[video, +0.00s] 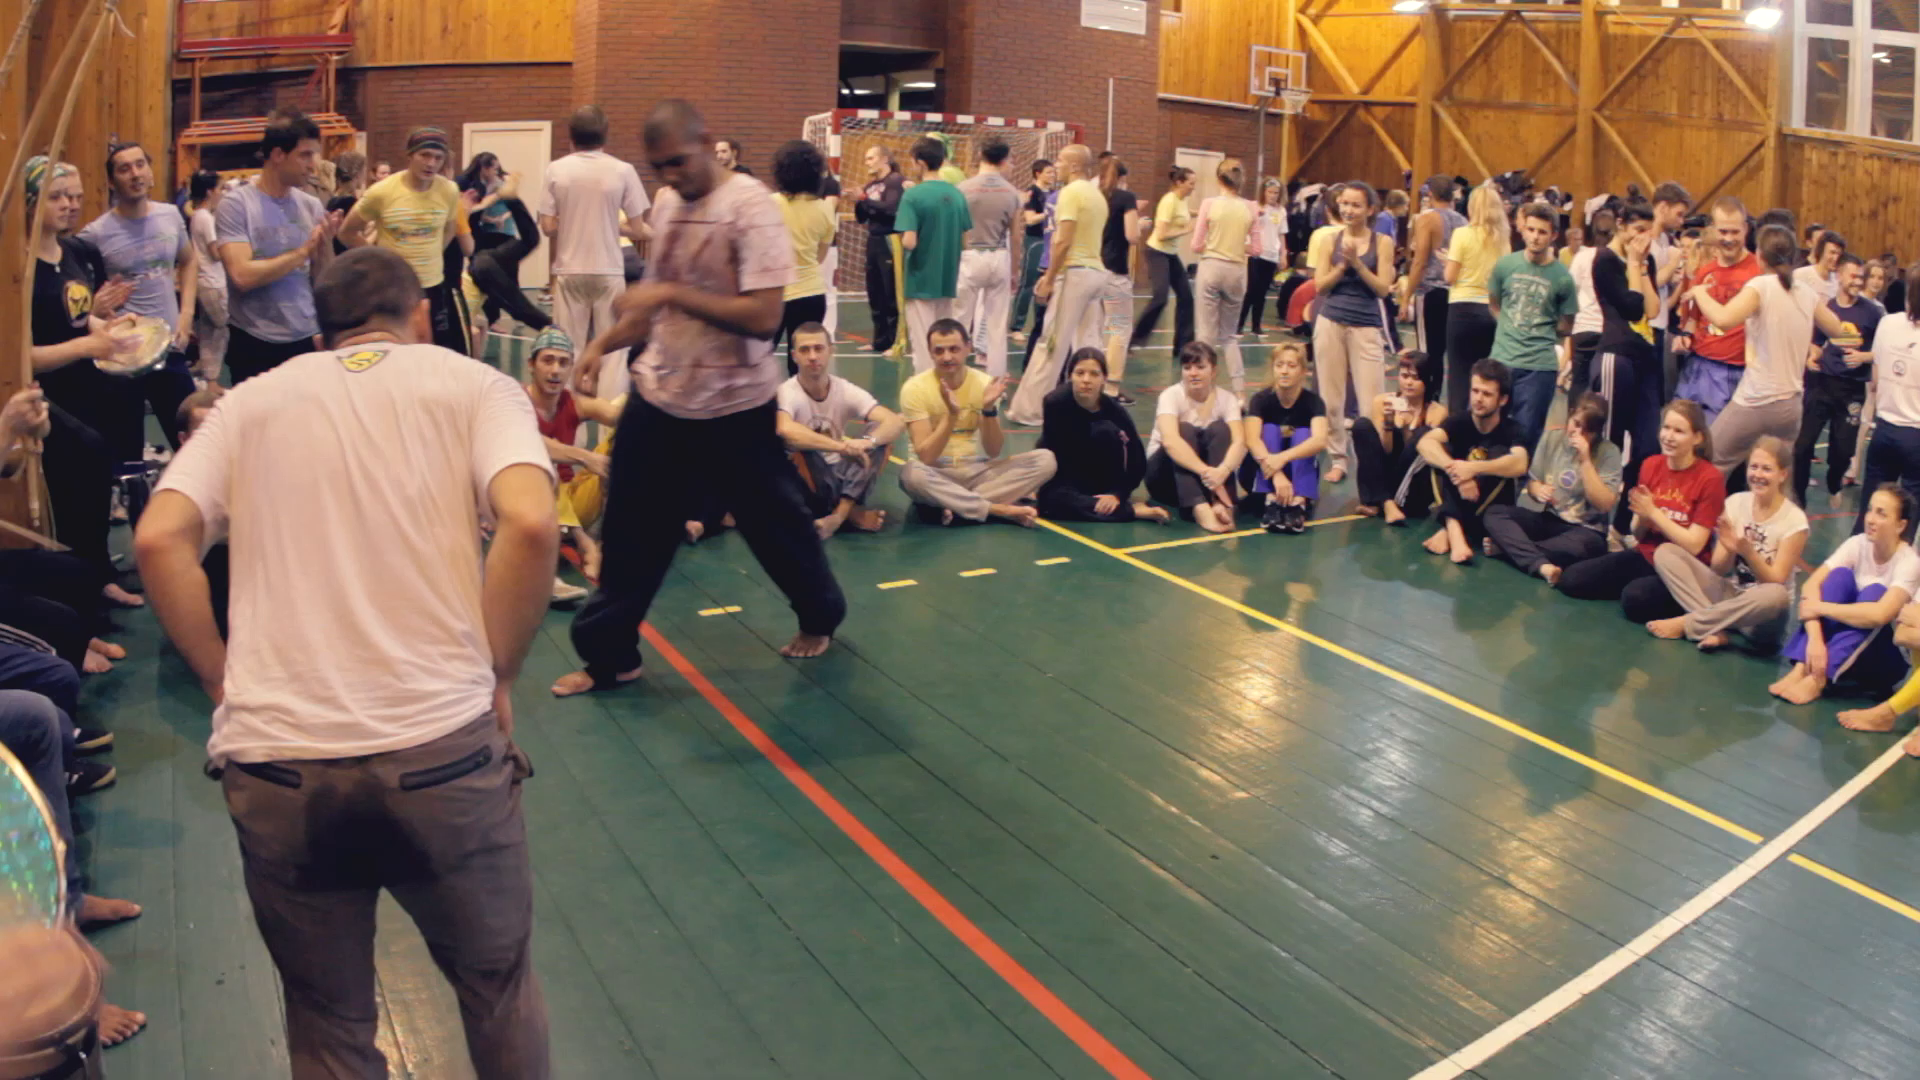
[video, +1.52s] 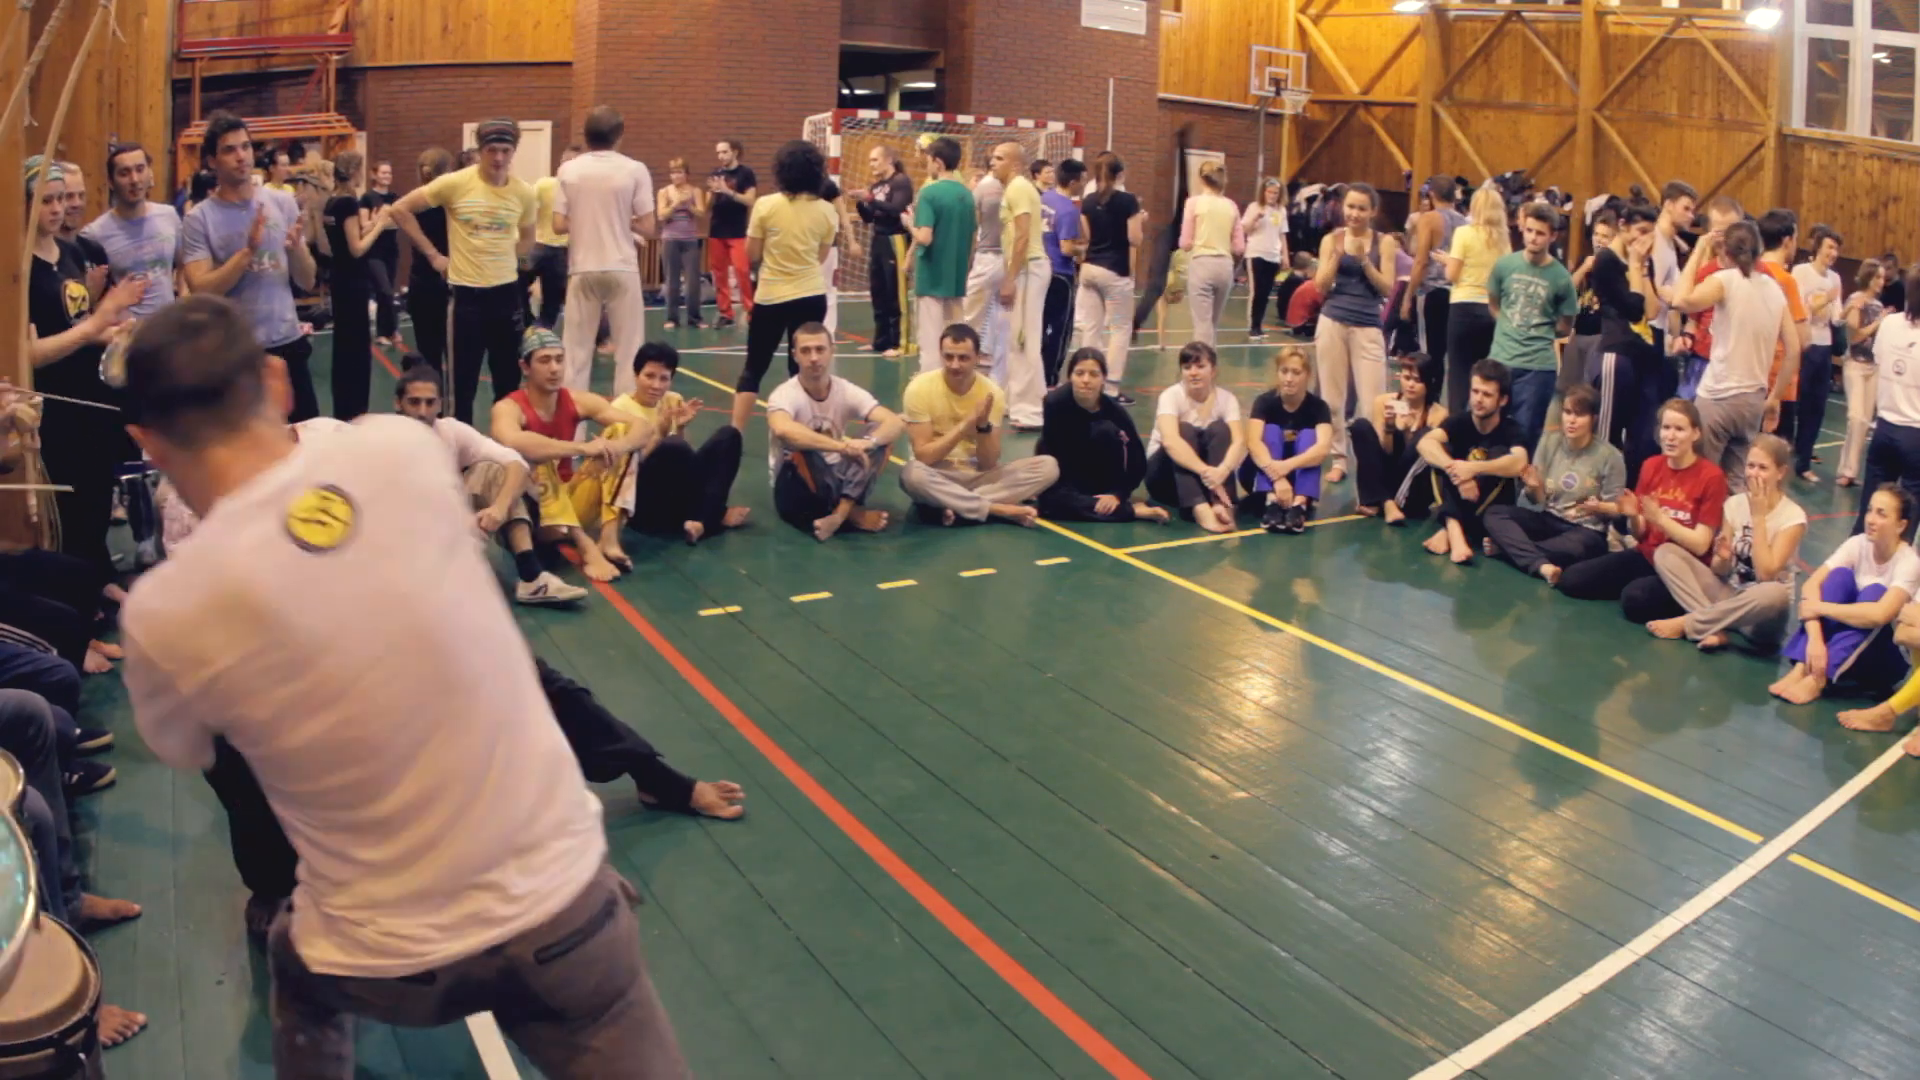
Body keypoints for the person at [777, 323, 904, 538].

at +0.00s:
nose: (812, 357)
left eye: (818, 349)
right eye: (805, 350)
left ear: (830, 352)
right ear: (794, 355)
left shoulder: (843, 389)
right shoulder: (787, 391)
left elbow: (895, 421)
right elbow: (784, 430)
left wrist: (869, 441)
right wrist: (840, 446)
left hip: (843, 477)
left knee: (879, 437)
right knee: (798, 451)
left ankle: (839, 514)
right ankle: (851, 510)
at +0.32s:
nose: (813, 359)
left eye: (820, 351)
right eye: (805, 352)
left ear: (831, 352)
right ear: (794, 355)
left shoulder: (843, 389)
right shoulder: (784, 394)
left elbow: (895, 421)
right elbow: (782, 430)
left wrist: (869, 441)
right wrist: (841, 446)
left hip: (839, 491)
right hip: (796, 495)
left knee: (881, 439)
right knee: (802, 449)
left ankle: (839, 514)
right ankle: (851, 511)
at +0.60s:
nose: (813, 357)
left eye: (820, 349)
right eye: (805, 351)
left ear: (831, 351)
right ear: (794, 355)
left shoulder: (843, 389)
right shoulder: (784, 394)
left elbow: (895, 422)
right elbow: (782, 430)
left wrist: (870, 442)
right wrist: (841, 447)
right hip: (797, 496)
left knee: (881, 439)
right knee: (802, 451)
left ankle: (838, 515)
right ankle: (852, 512)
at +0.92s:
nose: (813, 358)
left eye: (820, 350)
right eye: (805, 351)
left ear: (831, 351)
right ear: (794, 355)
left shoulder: (843, 389)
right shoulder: (784, 394)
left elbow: (894, 423)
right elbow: (782, 430)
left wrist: (869, 442)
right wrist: (841, 447)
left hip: (839, 492)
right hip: (797, 496)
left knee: (881, 441)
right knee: (802, 451)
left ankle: (839, 514)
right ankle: (851, 512)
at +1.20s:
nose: (814, 358)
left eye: (821, 349)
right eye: (806, 351)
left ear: (832, 351)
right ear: (794, 355)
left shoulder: (844, 390)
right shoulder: (784, 394)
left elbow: (895, 423)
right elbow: (782, 430)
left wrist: (870, 442)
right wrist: (841, 447)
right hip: (797, 496)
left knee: (880, 440)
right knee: (802, 451)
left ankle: (838, 515)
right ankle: (852, 512)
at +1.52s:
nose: (814, 358)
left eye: (820, 350)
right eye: (805, 351)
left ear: (832, 351)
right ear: (794, 355)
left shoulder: (844, 390)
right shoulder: (784, 394)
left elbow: (896, 422)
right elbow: (782, 430)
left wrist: (870, 442)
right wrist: (841, 447)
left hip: (839, 492)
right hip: (797, 497)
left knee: (881, 439)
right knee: (803, 448)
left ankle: (838, 515)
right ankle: (852, 511)